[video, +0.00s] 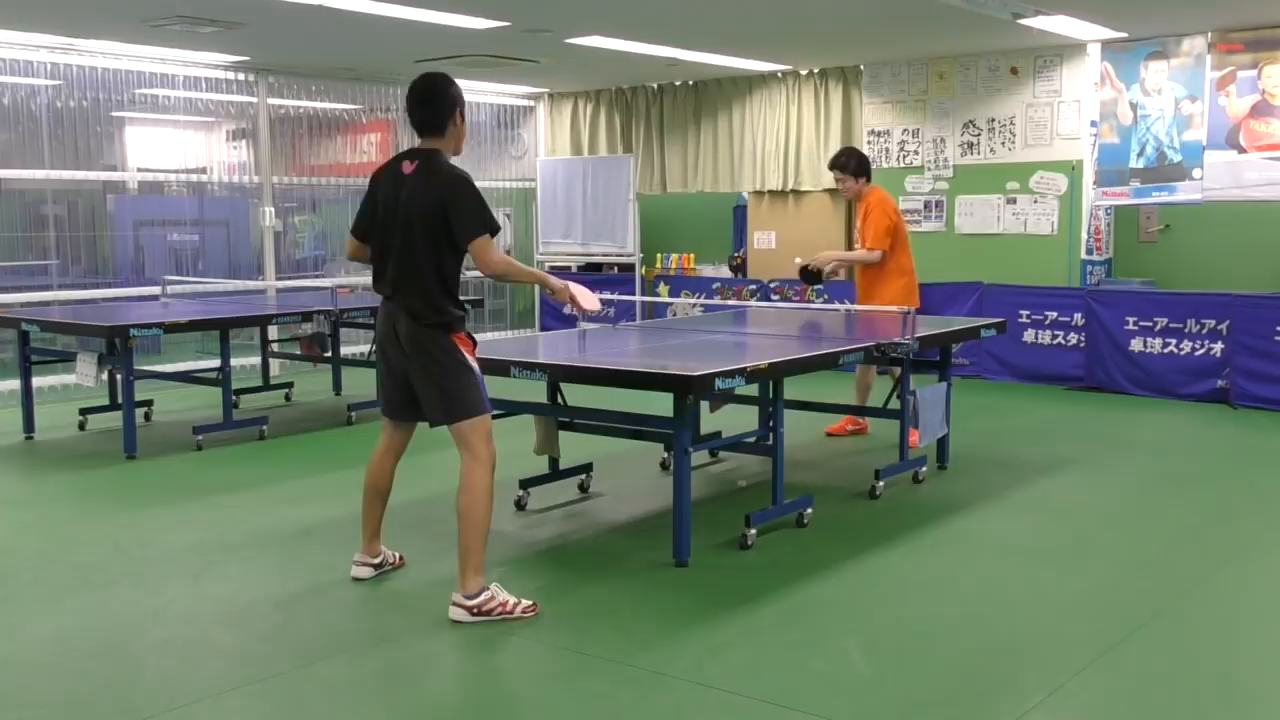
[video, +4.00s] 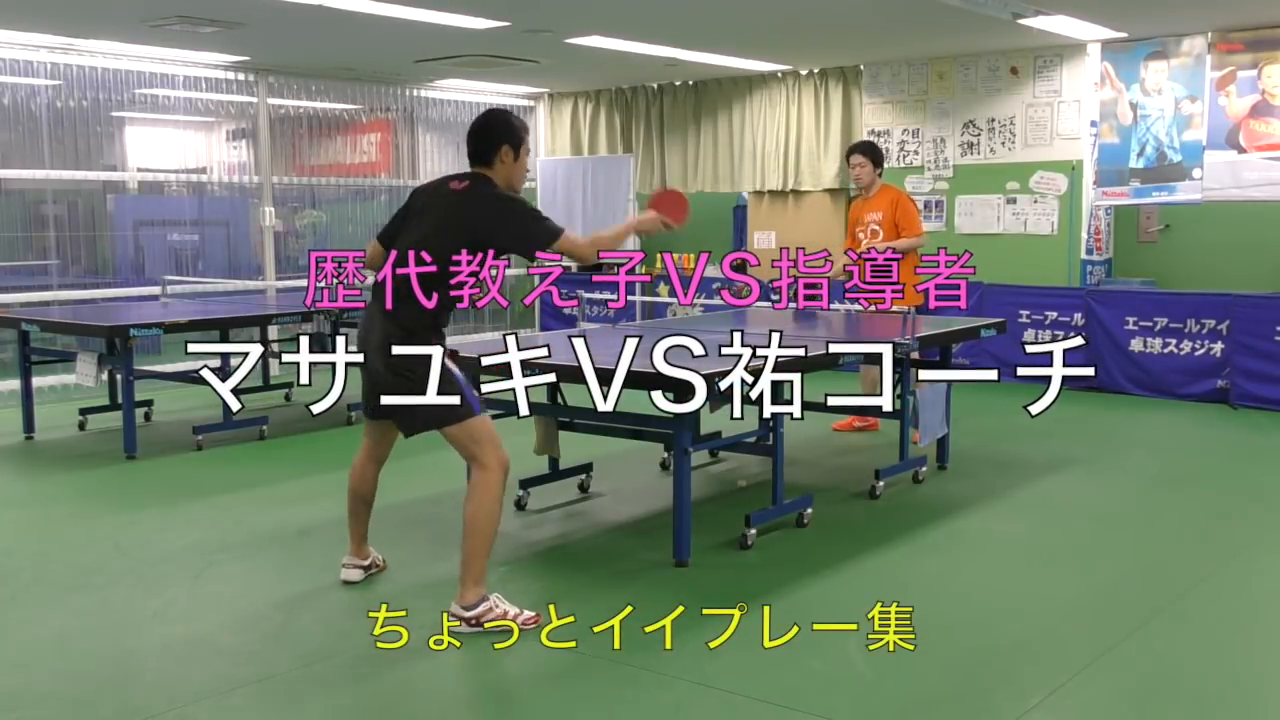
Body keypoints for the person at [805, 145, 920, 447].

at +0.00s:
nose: (839, 187)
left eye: (843, 181)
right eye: (837, 181)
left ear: (861, 177)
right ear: (844, 178)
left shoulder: (879, 203)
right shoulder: (864, 203)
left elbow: (875, 254)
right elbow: (867, 250)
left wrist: (834, 256)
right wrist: (842, 264)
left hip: (893, 298)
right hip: (872, 297)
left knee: (893, 360)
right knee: (867, 356)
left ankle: (916, 420)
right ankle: (858, 417)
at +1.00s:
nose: (844, 191)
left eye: (848, 184)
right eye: (841, 185)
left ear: (865, 179)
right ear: (845, 183)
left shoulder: (886, 206)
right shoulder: (866, 206)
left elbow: (909, 250)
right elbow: (873, 249)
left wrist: (876, 265)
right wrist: (854, 264)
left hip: (898, 298)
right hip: (876, 298)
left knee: (901, 363)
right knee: (867, 357)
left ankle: (913, 423)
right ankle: (857, 416)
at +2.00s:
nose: (839, 184)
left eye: (843, 177)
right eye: (837, 178)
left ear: (861, 176)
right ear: (841, 178)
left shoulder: (893, 202)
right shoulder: (844, 211)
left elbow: (914, 241)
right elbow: (824, 245)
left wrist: (882, 252)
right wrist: (805, 237)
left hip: (904, 295)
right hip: (869, 297)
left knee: (914, 359)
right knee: (866, 355)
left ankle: (923, 420)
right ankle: (867, 413)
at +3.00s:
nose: (850, 173)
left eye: (856, 166)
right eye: (846, 168)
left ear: (873, 167)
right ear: (844, 171)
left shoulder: (898, 197)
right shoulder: (846, 207)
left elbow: (920, 237)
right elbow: (834, 249)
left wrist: (886, 246)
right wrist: (821, 248)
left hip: (904, 295)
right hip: (867, 297)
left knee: (913, 357)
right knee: (866, 354)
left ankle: (923, 419)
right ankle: (866, 413)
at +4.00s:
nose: (855, 172)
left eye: (861, 166)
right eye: (852, 167)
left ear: (877, 167)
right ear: (849, 170)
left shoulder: (897, 198)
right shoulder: (855, 206)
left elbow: (918, 238)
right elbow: (852, 249)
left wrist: (886, 244)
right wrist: (834, 271)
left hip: (901, 295)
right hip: (869, 296)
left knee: (911, 359)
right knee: (869, 354)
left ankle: (924, 418)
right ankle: (867, 413)